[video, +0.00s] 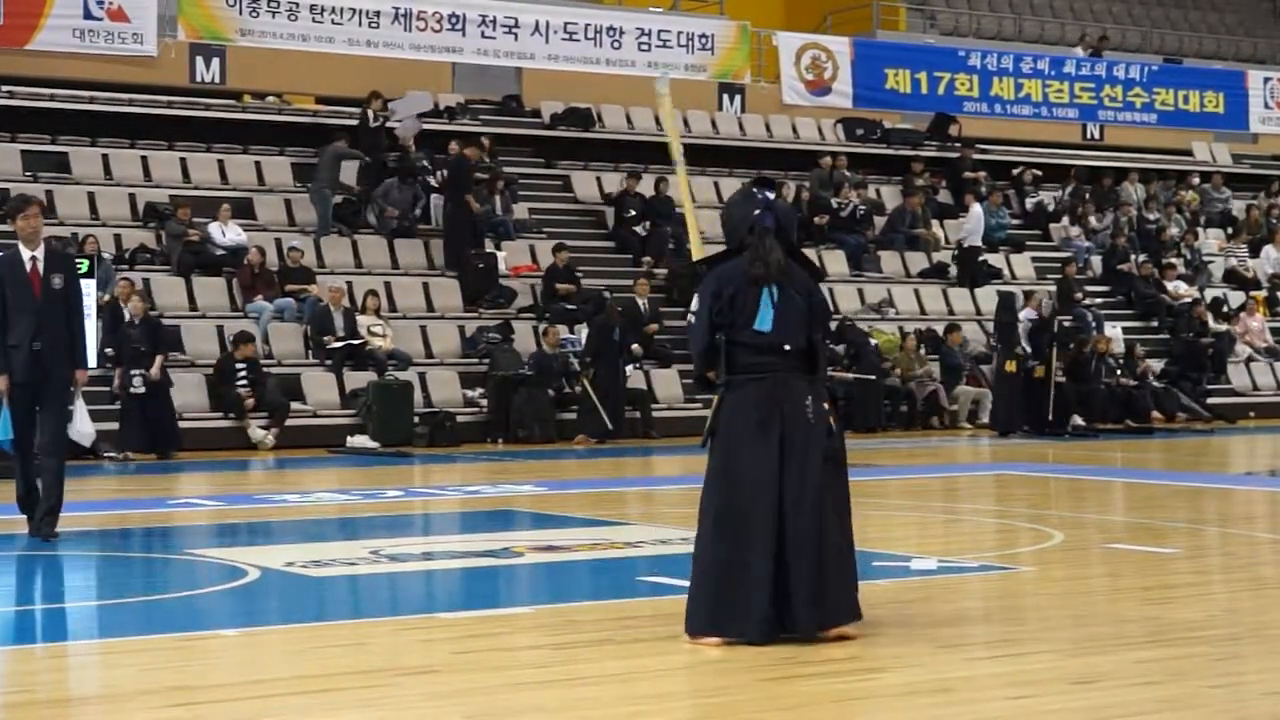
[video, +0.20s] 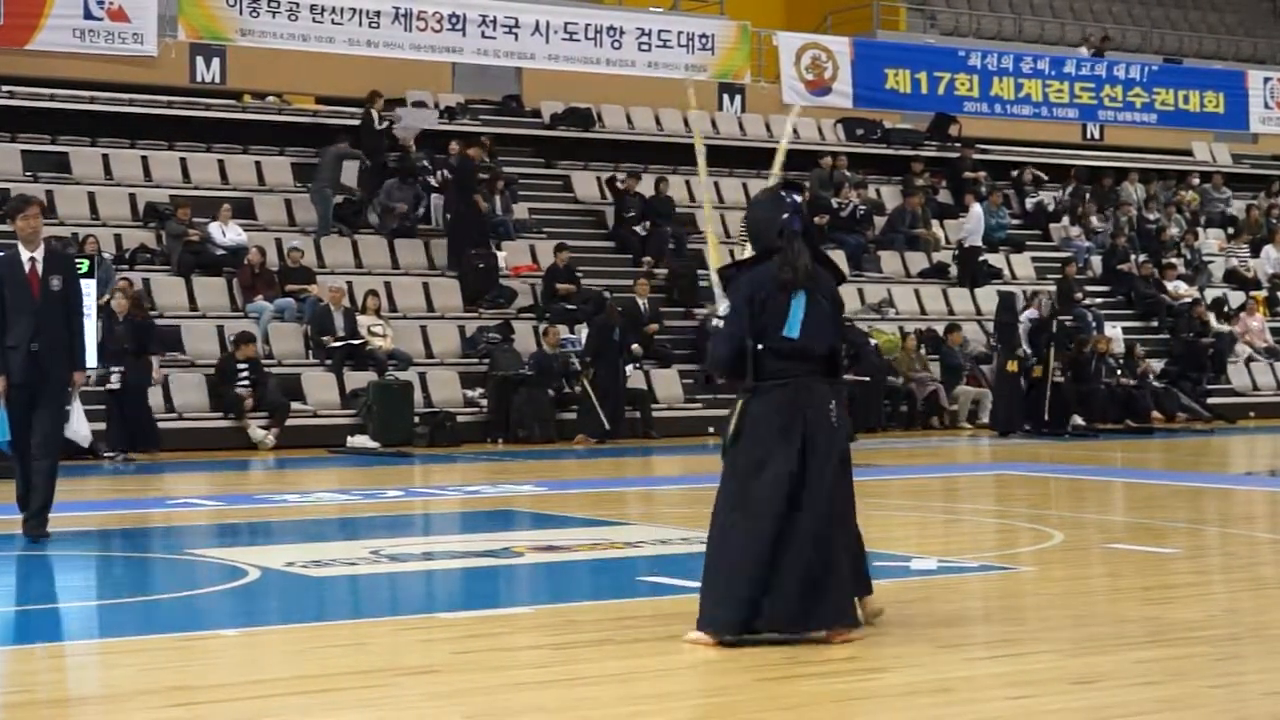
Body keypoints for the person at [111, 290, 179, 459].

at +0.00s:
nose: (134, 306)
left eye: (137, 302)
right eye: (131, 302)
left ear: (145, 305)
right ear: (128, 306)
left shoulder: (154, 325)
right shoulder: (124, 329)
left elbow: (162, 349)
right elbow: (120, 357)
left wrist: (156, 367)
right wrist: (117, 378)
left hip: (151, 373)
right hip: (130, 374)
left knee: (158, 411)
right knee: (130, 412)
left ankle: (163, 447)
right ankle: (128, 448)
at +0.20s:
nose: (118, 303)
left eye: (122, 299)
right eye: (115, 299)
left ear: (130, 301)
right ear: (111, 303)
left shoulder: (140, 320)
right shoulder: (109, 322)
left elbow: (152, 344)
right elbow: (104, 346)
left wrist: (155, 367)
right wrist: (101, 368)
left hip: (136, 367)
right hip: (114, 367)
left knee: (135, 405)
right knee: (115, 406)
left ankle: (147, 444)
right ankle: (119, 447)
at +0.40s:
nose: (104, 304)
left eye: (108, 300)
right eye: (101, 300)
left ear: (115, 302)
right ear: (97, 302)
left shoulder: (123, 321)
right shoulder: (96, 322)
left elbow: (137, 347)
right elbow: (90, 347)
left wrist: (147, 369)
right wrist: (83, 371)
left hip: (119, 371)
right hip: (102, 371)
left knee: (120, 410)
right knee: (102, 410)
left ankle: (121, 448)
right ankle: (104, 447)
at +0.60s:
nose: (121, 291)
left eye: (125, 288)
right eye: (119, 287)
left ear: (133, 291)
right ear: (116, 290)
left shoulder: (138, 306)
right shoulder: (110, 306)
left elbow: (153, 327)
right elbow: (104, 327)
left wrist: (153, 347)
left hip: (135, 342)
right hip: (117, 343)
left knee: (151, 362)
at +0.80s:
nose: (124, 291)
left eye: (127, 288)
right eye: (122, 288)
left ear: (134, 292)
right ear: (118, 290)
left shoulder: (139, 305)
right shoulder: (111, 306)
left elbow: (153, 325)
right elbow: (107, 328)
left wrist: (156, 345)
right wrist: (108, 347)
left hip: (135, 345)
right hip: (116, 345)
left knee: (154, 362)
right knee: (120, 362)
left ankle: (150, 397)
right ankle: (118, 398)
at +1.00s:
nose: (126, 291)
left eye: (129, 288)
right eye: (124, 288)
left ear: (136, 292)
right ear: (120, 290)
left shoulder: (141, 305)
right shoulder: (112, 305)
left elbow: (154, 325)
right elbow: (108, 327)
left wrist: (156, 345)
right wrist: (109, 347)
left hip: (136, 345)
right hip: (117, 345)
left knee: (154, 361)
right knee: (121, 361)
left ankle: (151, 397)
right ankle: (118, 396)